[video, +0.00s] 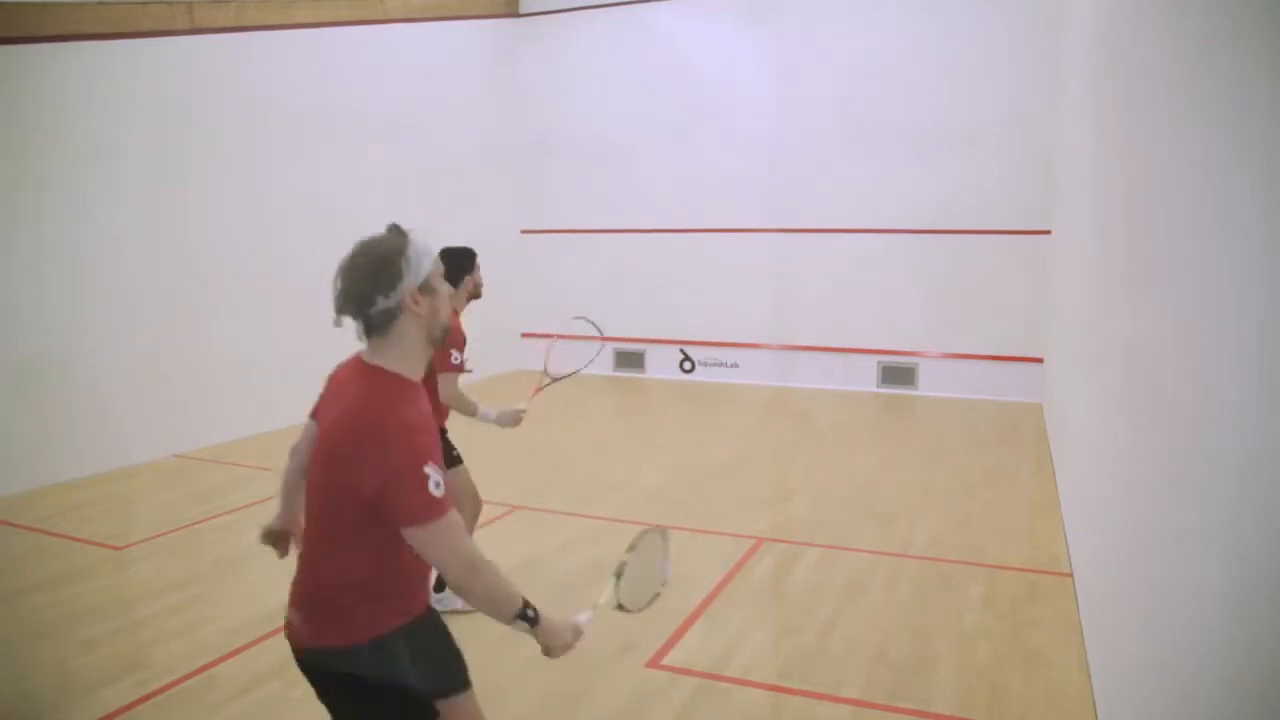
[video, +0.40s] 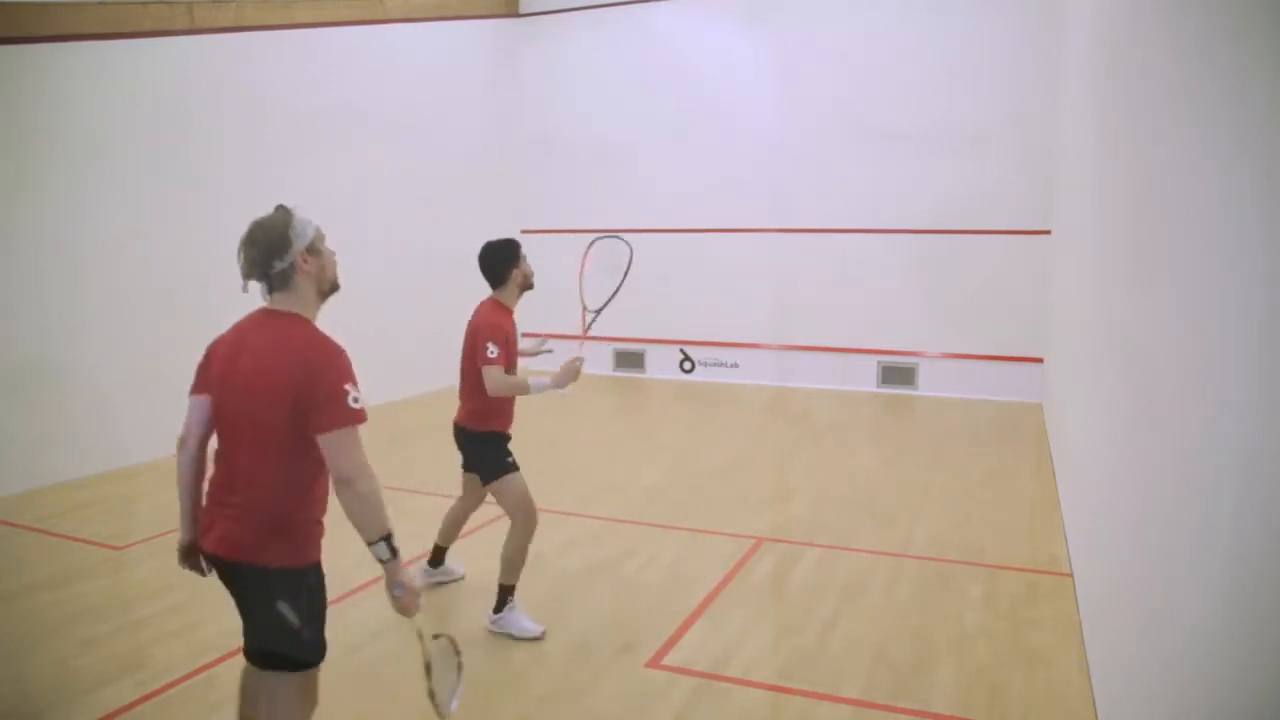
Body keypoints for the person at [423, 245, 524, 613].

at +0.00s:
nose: (481, 279)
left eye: (478, 272)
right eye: (477, 273)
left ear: (451, 280)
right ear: (465, 280)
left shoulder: (430, 319)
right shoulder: (450, 327)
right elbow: (447, 392)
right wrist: (493, 415)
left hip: (413, 427)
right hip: (430, 431)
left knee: (435, 505)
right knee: (469, 504)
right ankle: (445, 586)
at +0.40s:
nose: (531, 269)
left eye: (526, 262)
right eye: (525, 264)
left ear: (500, 275)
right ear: (514, 273)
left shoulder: (496, 313)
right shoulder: (492, 322)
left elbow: (488, 356)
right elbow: (495, 384)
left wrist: (524, 353)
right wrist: (552, 381)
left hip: (477, 428)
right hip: (484, 434)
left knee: (470, 498)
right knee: (525, 516)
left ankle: (434, 564)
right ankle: (503, 610)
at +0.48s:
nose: (547, 262)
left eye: (543, 256)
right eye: (541, 257)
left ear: (519, 269)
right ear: (531, 267)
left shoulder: (519, 309)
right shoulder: (505, 317)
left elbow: (519, 347)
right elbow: (503, 375)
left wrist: (552, 335)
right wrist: (562, 368)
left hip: (505, 428)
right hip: (498, 432)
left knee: (502, 500)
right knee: (534, 519)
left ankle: (455, 568)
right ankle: (504, 609)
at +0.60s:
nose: (574, 264)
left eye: (570, 257)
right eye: (569, 258)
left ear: (546, 271)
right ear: (558, 269)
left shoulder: (547, 311)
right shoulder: (530, 317)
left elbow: (558, 332)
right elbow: (514, 367)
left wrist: (588, 319)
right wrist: (567, 345)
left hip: (534, 432)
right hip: (523, 436)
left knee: (544, 514)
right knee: (576, 523)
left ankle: (507, 592)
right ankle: (527, 600)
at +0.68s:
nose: (593, 275)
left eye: (590, 268)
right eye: (588, 270)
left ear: (562, 284)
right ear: (577, 281)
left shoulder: (570, 315)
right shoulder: (545, 327)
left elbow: (583, 313)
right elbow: (520, 375)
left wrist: (607, 306)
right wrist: (565, 338)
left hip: (559, 446)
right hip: (544, 451)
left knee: (555, 524)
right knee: (603, 531)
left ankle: (503, 591)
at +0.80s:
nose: (629, 288)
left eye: (625, 282)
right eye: (621, 283)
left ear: (597, 301)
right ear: (605, 298)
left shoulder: (608, 336)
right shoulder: (583, 345)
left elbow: (616, 315)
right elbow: (551, 392)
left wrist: (636, 302)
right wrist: (568, 336)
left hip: (601, 466)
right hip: (585, 470)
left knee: (569, 532)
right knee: (641, 554)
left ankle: (510, 584)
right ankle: (682, 660)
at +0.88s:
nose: (655, 295)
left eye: (651, 288)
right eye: (648, 290)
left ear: (623, 311)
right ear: (633, 307)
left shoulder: (634, 344)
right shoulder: (607, 360)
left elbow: (642, 327)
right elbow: (613, 406)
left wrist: (654, 310)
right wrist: (600, 343)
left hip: (621, 476)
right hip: (618, 481)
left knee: (585, 534)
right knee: (681, 561)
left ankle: (523, 581)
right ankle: (701, 673)